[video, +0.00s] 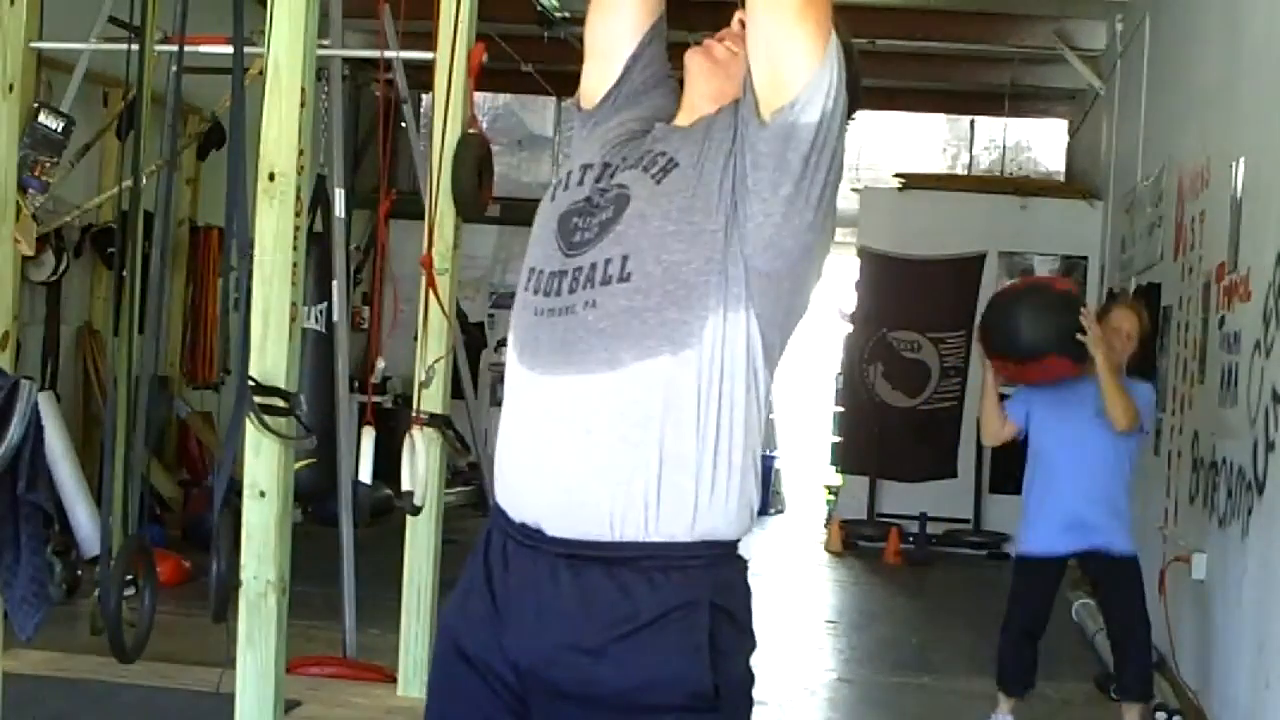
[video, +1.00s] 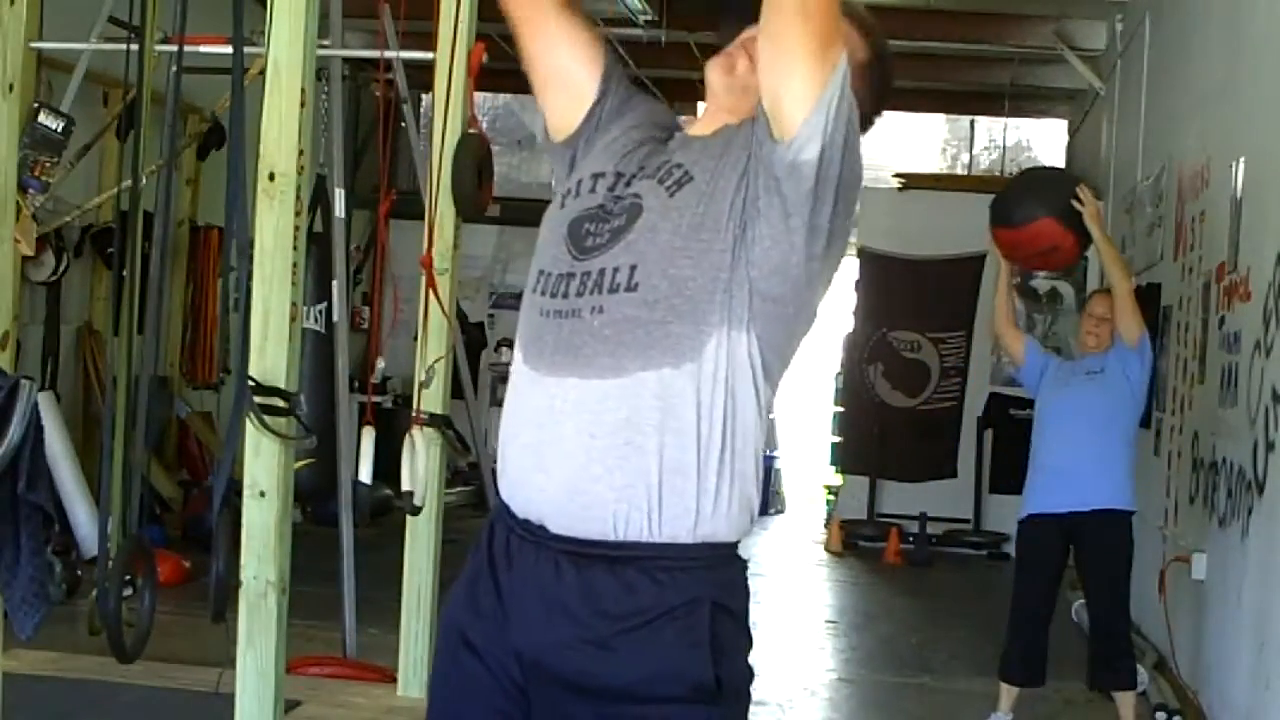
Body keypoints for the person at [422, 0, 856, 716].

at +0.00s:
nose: (729, 29)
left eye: (758, 31)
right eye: (729, 19)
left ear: (779, 74)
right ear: (701, 41)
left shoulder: (778, 152)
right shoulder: (608, 129)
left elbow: (794, 1)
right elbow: (621, 1)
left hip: (660, 597)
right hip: (504, 571)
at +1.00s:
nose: (759, 34)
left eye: (806, 45)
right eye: (773, 26)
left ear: (830, 98)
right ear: (739, 37)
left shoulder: (794, 169)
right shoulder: (613, 132)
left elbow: (803, 0)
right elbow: (530, 3)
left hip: (660, 606)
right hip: (506, 574)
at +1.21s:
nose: (806, 58)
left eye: (833, 64)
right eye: (816, 41)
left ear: (853, 130)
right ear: (767, 45)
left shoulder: (811, 194)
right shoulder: (614, 154)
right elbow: (473, 75)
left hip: (657, 612)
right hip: (504, 577)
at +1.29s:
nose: (795, 73)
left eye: (829, 88)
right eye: (806, 52)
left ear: (854, 156)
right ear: (785, 42)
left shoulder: (816, 215)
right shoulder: (611, 180)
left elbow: (729, 29)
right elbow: (454, 152)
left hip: (646, 624)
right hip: (496, 585)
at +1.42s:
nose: (779, 103)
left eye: (817, 116)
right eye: (792, 75)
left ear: (844, 169)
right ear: (773, 65)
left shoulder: (818, 237)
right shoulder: (629, 191)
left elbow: (686, 115)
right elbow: (487, 229)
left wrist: (683, 32)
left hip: (637, 633)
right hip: (490, 590)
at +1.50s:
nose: (762, 128)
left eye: (804, 132)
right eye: (773, 95)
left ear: (829, 178)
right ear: (752, 83)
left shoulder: (808, 258)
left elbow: (656, 210)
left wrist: (648, 107)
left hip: (630, 637)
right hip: (481, 597)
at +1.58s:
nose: (754, 137)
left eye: (795, 135)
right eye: (761, 100)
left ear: (822, 174)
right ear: (733, 90)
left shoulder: (802, 260)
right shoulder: (619, 200)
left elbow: (644, 270)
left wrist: (627, 147)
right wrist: (503, 125)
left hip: (628, 639)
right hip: (476, 601)